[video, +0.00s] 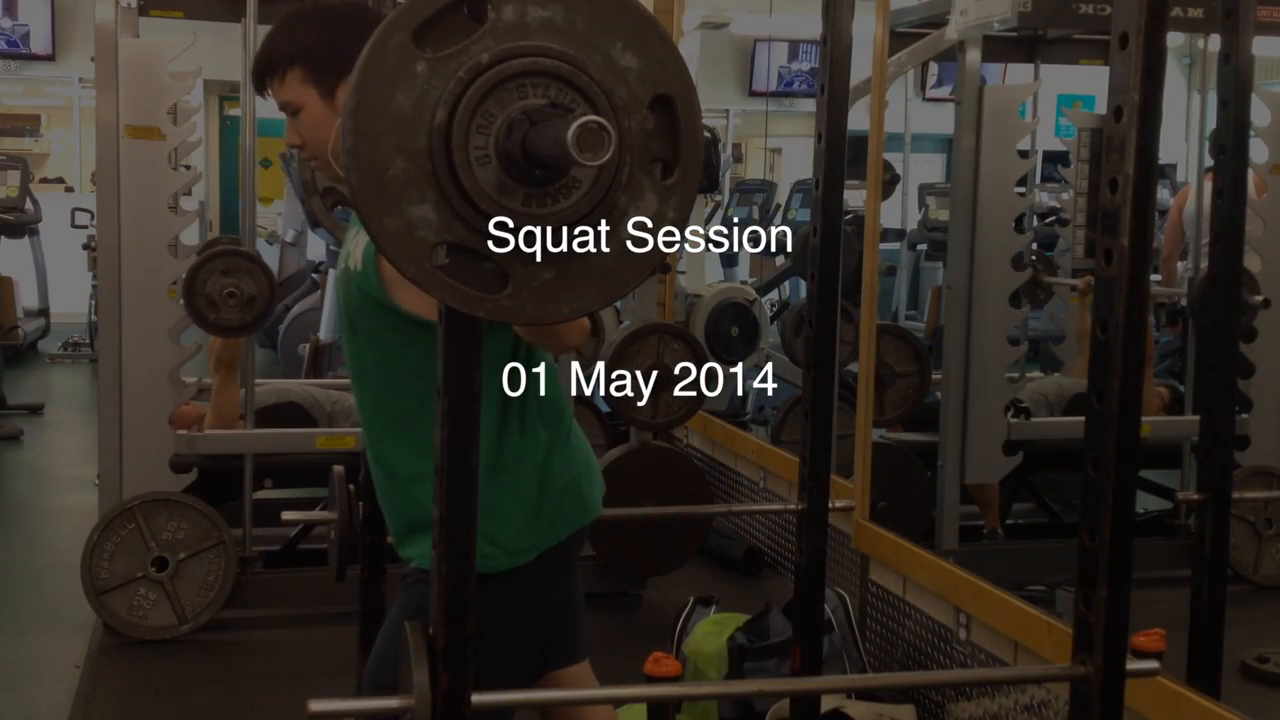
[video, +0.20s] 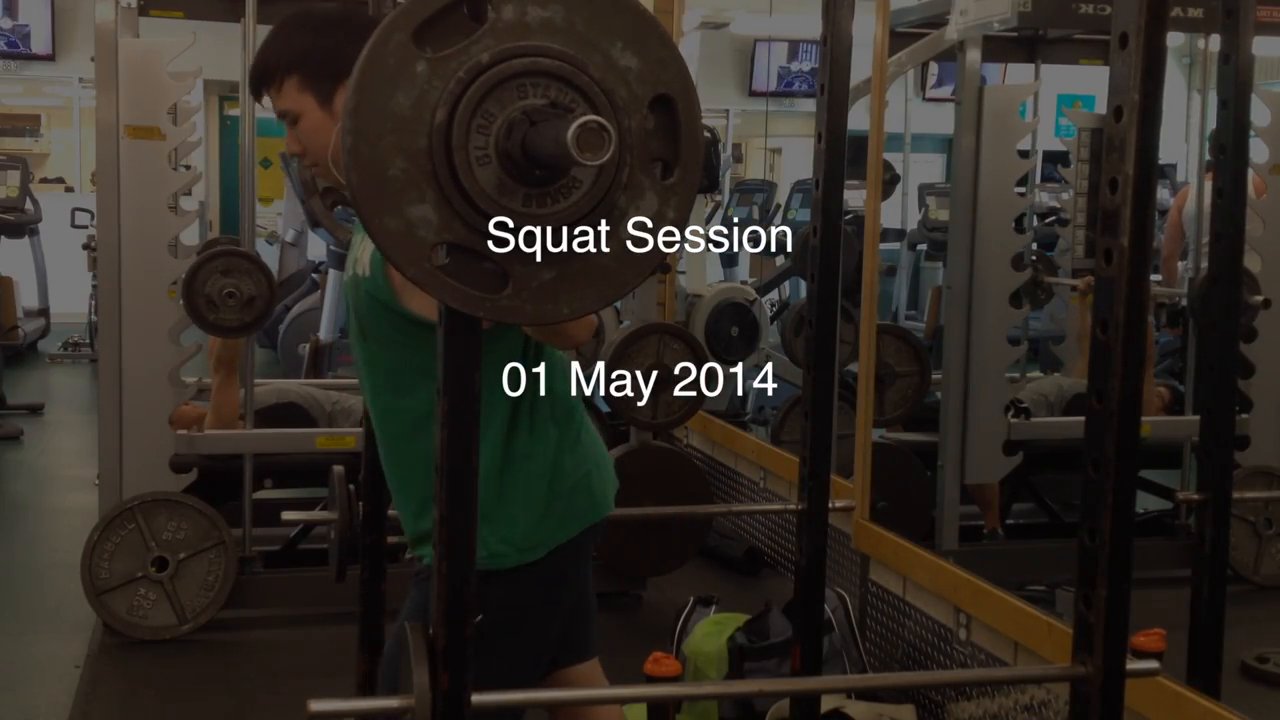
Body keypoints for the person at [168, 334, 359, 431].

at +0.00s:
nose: (191, 402)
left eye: (186, 403)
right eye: (186, 408)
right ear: (192, 426)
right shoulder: (221, 431)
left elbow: (224, 365)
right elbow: (225, 365)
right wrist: (230, 298)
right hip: (351, 418)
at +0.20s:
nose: (191, 403)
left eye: (186, 404)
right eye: (186, 409)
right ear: (192, 427)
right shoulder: (221, 432)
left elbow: (223, 364)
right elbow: (224, 365)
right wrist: (231, 299)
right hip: (357, 420)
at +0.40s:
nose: (192, 403)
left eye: (187, 404)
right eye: (186, 409)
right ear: (191, 427)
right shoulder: (222, 434)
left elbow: (223, 365)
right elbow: (224, 367)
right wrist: (231, 302)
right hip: (358, 421)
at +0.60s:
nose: (192, 403)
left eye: (187, 404)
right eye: (186, 409)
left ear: (195, 405)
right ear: (191, 427)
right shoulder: (221, 432)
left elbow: (223, 365)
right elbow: (224, 366)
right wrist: (231, 301)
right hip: (358, 420)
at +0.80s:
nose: (192, 403)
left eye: (187, 403)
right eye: (186, 409)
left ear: (195, 405)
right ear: (191, 427)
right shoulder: (221, 432)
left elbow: (222, 366)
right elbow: (224, 367)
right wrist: (231, 300)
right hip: (358, 422)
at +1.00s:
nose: (192, 402)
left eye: (187, 403)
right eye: (186, 409)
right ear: (192, 427)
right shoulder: (221, 432)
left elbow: (222, 366)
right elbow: (224, 368)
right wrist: (232, 301)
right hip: (359, 422)